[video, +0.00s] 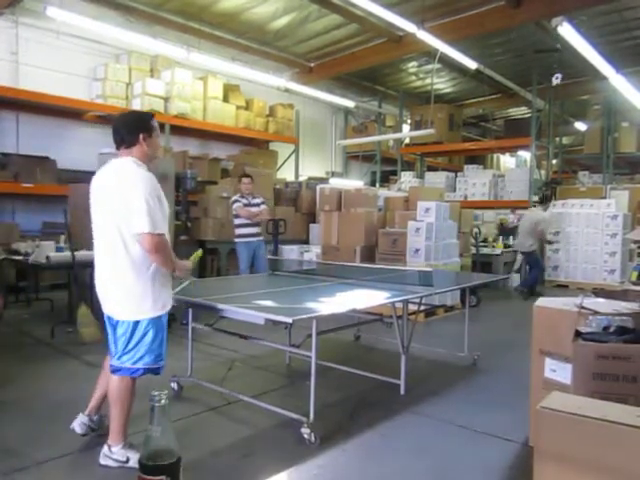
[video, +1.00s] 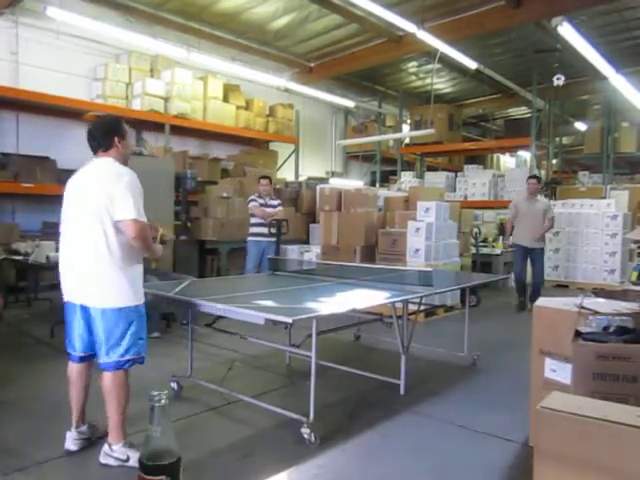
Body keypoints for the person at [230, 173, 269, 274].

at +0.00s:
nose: (247, 186)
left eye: (249, 183)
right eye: (244, 183)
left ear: (253, 185)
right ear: (239, 185)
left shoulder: (259, 199)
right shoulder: (235, 199)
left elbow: (267, 216)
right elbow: (243, 213)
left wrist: (252, 218)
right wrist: (259, 212)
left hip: (258, 239)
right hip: (242, 240)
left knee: (262, 270)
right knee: (245, 271)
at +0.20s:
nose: (250, 187)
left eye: (252, 184)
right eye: (247, 184)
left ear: (255, 185)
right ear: (243, 186)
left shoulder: (262, 199)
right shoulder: (238, 199)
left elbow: (268, 215)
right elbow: (246, 213)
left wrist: (254, 218)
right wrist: (261, 213)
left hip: (260, 239)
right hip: (245, 239)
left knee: (262, 269)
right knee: (245, 270)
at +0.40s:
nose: (255, 187)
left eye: (257, 184)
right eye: (252, 184)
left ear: (260, 185)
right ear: (248, 186)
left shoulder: (267, 199)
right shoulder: (244, 199)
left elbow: (274, 214)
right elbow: (251, 213)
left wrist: (259, 218)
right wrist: (266, 213)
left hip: (264, 238)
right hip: (249, 239)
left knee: (264, 268)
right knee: (248, 269)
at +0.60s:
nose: (260, 188)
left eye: (262, 185)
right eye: (257, 185)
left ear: (266, 186)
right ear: (254, 186)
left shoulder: (272, 201)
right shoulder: (249, 200)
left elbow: (277, 215)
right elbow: (255, 213)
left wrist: (264, 218)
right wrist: (271, 214)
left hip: (269, 239)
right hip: (253, 239)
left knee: (267, 269)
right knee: (250, 269)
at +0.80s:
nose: (263, 188)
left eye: (265, 185)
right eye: (260, 185)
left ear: (269, 186)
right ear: (257, 187)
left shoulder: (275, 200)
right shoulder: (252, 199)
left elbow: (280, 214)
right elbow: (257, 213)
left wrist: (268, 218)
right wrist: (273, 214)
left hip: (271, 238)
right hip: (255, 238)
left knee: (268, 268)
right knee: (251, 268)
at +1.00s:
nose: (264, 188)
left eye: (267, 185)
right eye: (262, 185)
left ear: (271, 186)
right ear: (258, 187)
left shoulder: (277, 201)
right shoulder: (253, 199)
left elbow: (281, 215)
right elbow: (257, 212)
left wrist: (269, 218)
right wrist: (274, 213)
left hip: (271, 239)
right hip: (255, 238)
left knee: (268, 268)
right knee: (251, 268)